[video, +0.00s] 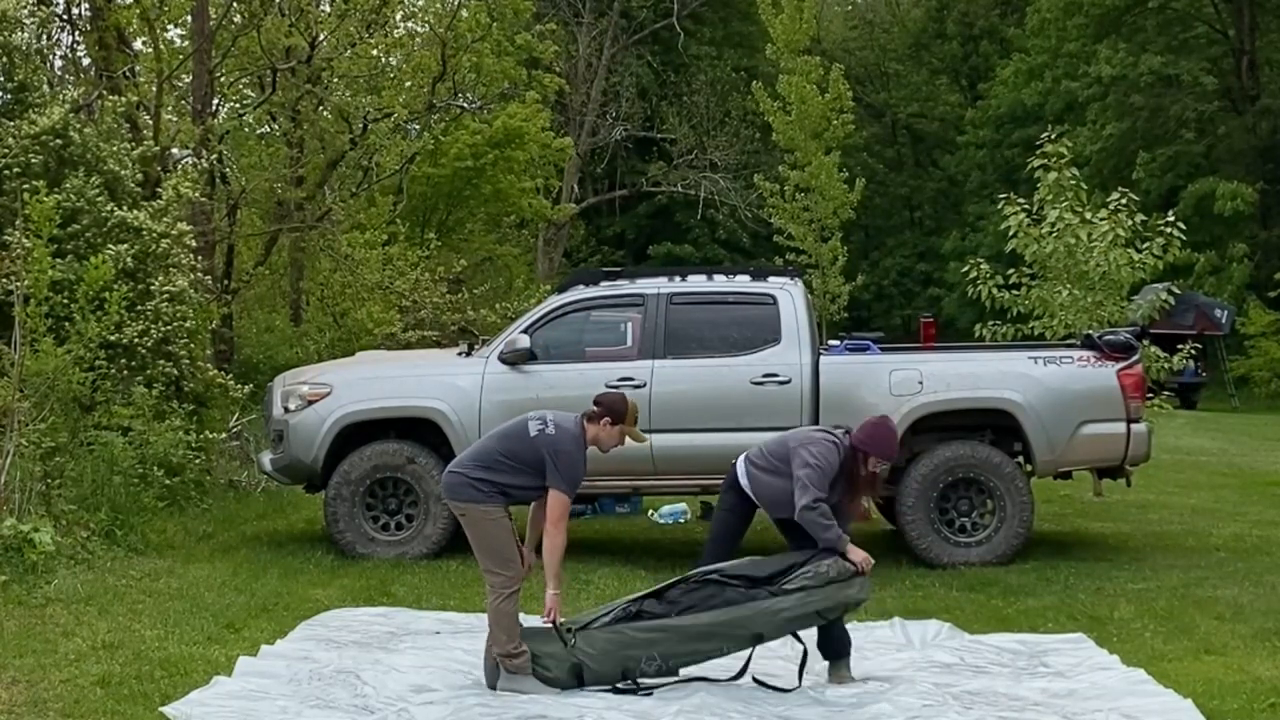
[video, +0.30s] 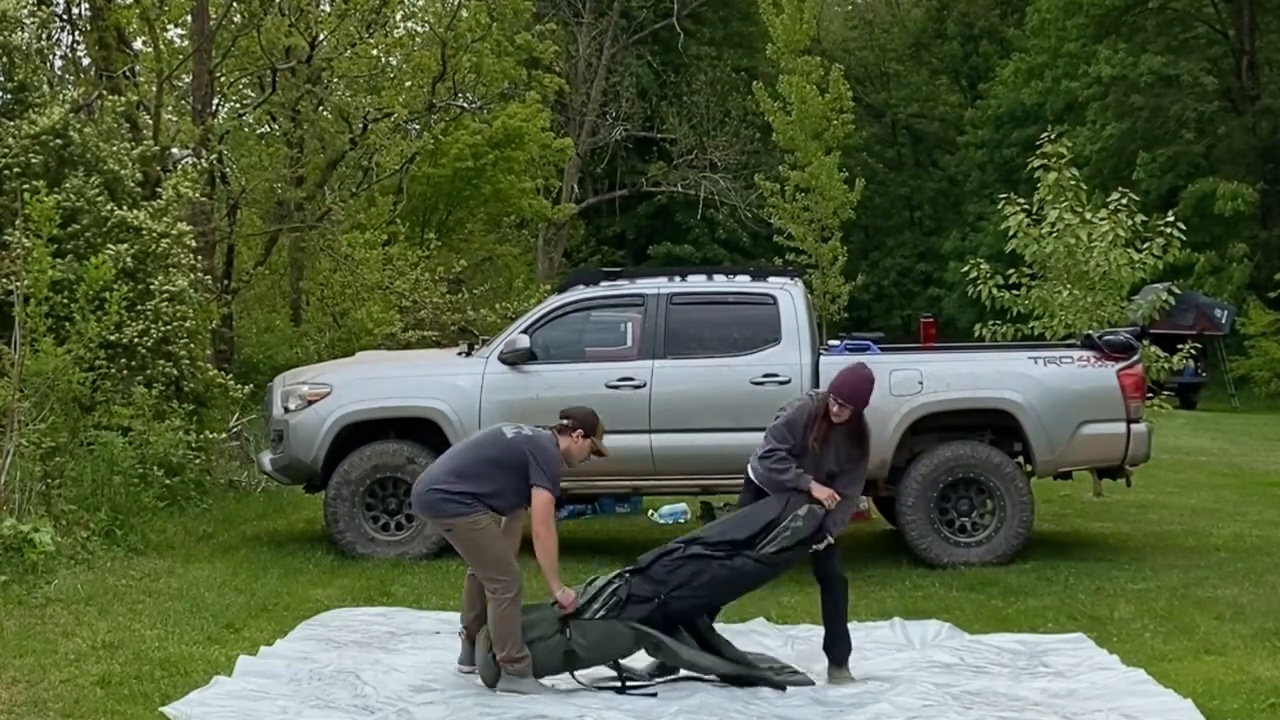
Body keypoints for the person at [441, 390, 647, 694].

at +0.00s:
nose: (622, 442)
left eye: (625, 435)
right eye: (622, 433)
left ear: (601, 421)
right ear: (604, 423)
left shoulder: (566, 431)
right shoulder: (569, 450)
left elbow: (542, 500)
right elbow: (554, 525)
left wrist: (529, 547)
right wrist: (553, 590)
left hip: (476, 486)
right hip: (472, 489)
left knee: (511, 571)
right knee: (506, 576)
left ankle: (498, 661)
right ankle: (513, 670)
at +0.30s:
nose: (589, 456)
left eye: (593, 450)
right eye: (591, 447)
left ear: (568, 431)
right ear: (577, 435)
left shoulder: (531, 441)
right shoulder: (546, 451)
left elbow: (512, 520)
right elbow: (543, 528)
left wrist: (505, 570)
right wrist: (557, 588)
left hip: (434, 494)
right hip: (452, 500)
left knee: (483, 568)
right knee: (505, 580)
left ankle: (472, 653)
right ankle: (514, 673)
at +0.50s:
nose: (518, 416)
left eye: (522, 410)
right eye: (520, 407)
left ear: (495, 394)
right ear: (503, 395)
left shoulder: (450, 407)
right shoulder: (474, 420)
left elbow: (442, 487)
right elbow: (479, 500)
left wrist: (457, 543)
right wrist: (499, 558)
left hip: (370, 484)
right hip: (399, 484)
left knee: (410, 569)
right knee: (460, 552)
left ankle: (398, 665)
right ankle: (469, 649)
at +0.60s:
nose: (501, 404)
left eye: (503, 398)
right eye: (502, 395)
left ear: (474, 383)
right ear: (485, 386)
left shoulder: (433, 398)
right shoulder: (461, 417)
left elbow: (424, 482)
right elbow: (467, 498)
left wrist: (441, 531)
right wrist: (478, 551)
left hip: (357, 484)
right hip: (385, 485)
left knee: (400, 567)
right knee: (443, 553)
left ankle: (397, 665)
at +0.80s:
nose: (478, 409)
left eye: (481, 403)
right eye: (478, 401)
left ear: (451, 389)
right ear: (458, 391)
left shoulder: (416, 399)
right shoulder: (433, 429)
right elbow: (430, 507)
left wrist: (439, 541)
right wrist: (443, 557)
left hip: (339, 486)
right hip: (354, 497)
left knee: (392, 572)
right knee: (392, 585)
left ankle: (391, 648)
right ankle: (370, 682)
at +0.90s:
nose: (460, 401)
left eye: (463, 394)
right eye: (458, 392)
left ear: (433, 380)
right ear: (435, 380)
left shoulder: (408, 403)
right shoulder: (410, 415)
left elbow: (403, 475)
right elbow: (378, 488)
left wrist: (410, 525)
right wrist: (398, 534)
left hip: (344, 489)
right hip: (337, 494)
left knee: (375, 566)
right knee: (377, 583)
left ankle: (322, 630)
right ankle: (369, 683)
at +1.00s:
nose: (416, 370)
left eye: (418, 363)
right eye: (411, 362)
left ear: (390, 356)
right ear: (387, 356)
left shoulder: (380, 390)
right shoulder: (367, 398)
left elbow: (372, 461)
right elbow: (347, 472)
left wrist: (383, 504)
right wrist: (388, 510)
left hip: (326, 498)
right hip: (327, 501)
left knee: (341, 586)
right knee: (368, 584)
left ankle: (280, 658)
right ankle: (370, 684)